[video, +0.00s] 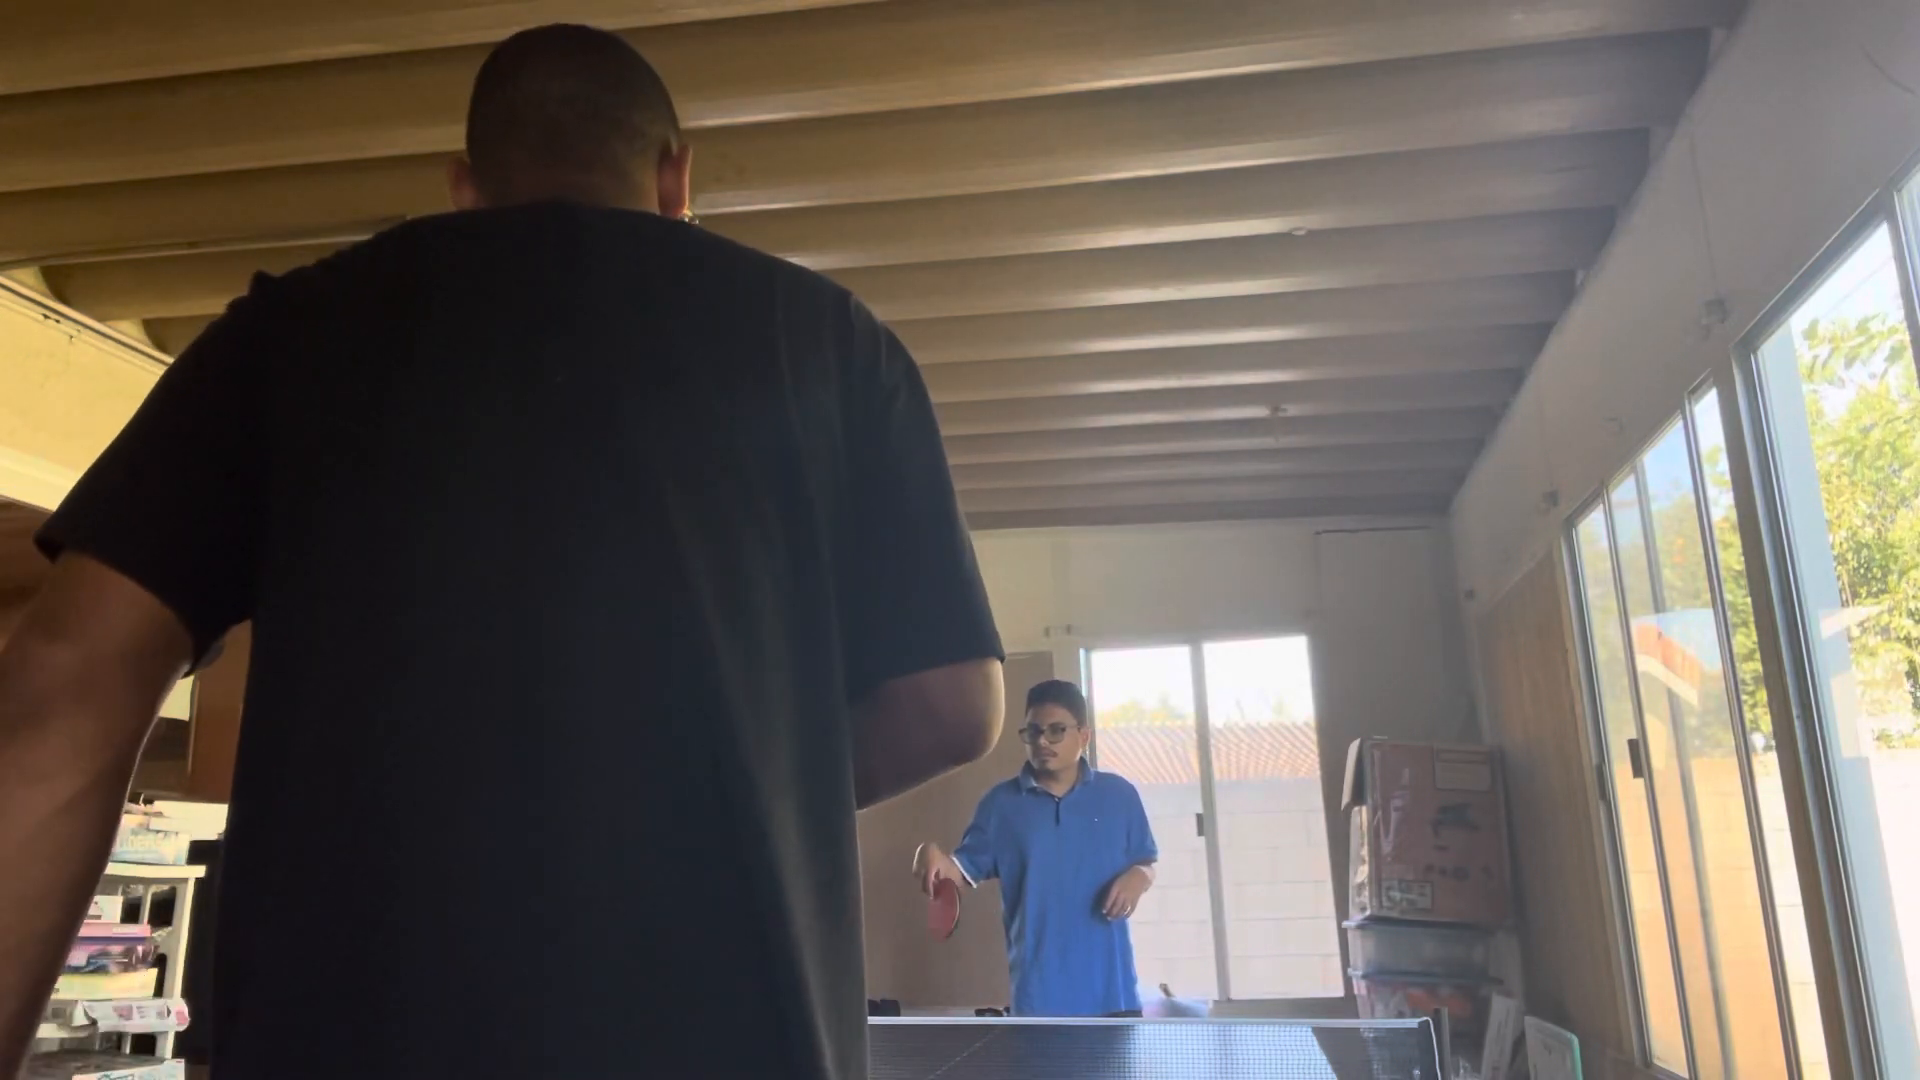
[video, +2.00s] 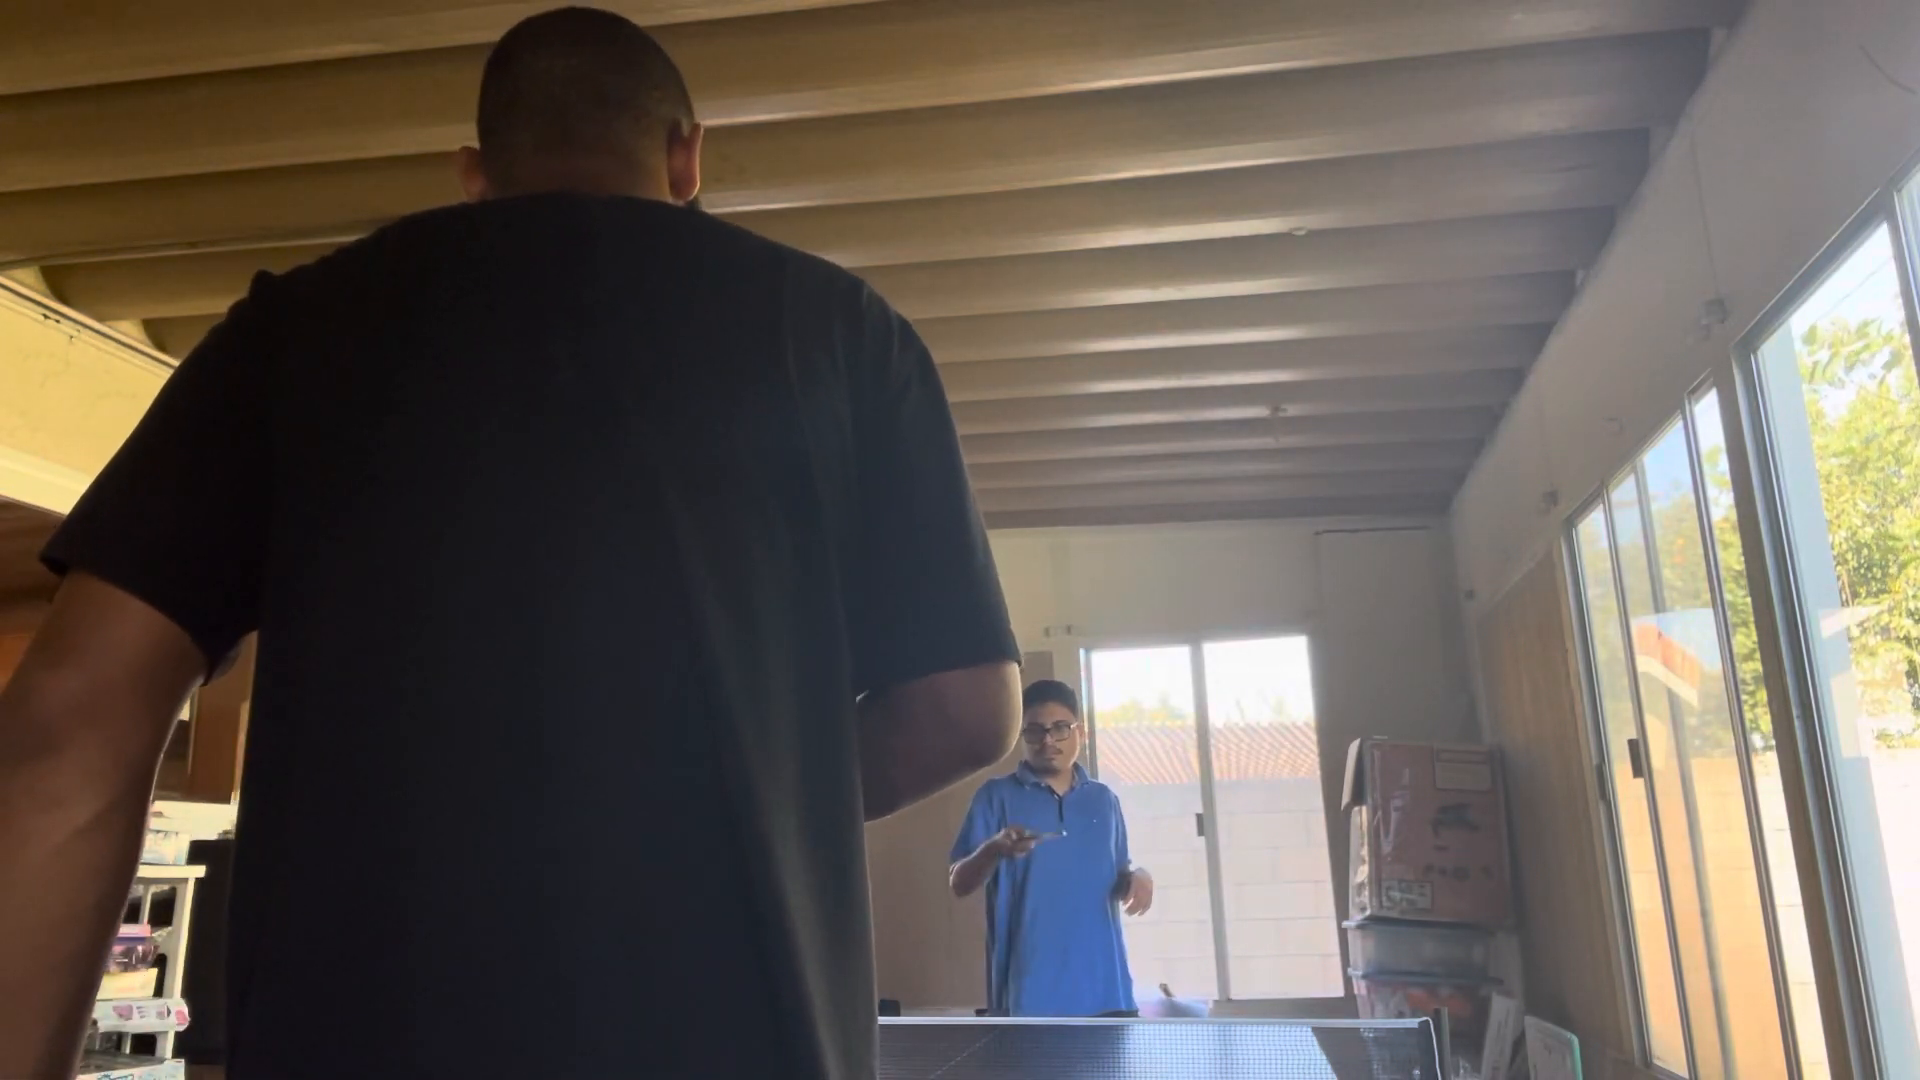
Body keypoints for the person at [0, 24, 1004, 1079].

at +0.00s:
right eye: (688, 184)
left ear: (462, 179)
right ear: (677, 181)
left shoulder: (298, 325)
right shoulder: (822, 331)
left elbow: (67, 687)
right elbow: (946, 707)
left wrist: (10, 1033)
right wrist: (733, 784)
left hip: (342, 1029)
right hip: (725, 1033)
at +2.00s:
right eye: (699, 166)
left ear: (474, 167)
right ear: (689, 163)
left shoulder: (303, 322)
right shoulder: (836, 321)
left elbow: (71, 712)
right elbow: (961, 710)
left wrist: (34, 1051)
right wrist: (749, 802)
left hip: (354, 1030)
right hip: (733, 1032)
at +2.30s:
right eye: (731, 198)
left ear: (507, 187)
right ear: (713, 192)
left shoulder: (334, 313)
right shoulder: (861, 354)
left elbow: (77, 673)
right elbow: (932, 775)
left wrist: (35, 1050)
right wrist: (803, 959)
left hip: (366, 1034)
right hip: (764, 1044)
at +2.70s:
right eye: (785, 253)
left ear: (586, 231)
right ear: (771, 245)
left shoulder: (404, 324)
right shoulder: (899, 353)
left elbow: (142, 620)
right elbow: (1031, 681)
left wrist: (72, 1040)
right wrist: (870, 859)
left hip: (412, 1028)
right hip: (798, 1041)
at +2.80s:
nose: (786, 260)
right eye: (791, 246)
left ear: (592, 225)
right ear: (782, 246)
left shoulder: (409, 328)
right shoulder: (894, 333)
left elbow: (149, 642)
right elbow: (1072, 582)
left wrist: (104, 1048)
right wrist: (911, 789)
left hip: (429, 1025)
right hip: (824, 1030)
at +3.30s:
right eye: (818, 233)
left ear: (626, 224)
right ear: (815, 234)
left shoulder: (447, 333)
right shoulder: (934, 333)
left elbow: (182, 678)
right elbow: (1120, 655)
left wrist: (222, 1056)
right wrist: (984, 650)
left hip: (483, 1039)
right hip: (872, 1041)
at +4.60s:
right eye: (815, 219)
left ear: (613, 220)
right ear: (807, 217)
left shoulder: (453, 348)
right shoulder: (938, 347)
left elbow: (218, 684)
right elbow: (1072, 695)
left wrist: (207, 1057)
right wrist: (972, 760)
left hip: (485, 1035)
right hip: (842, 1040)